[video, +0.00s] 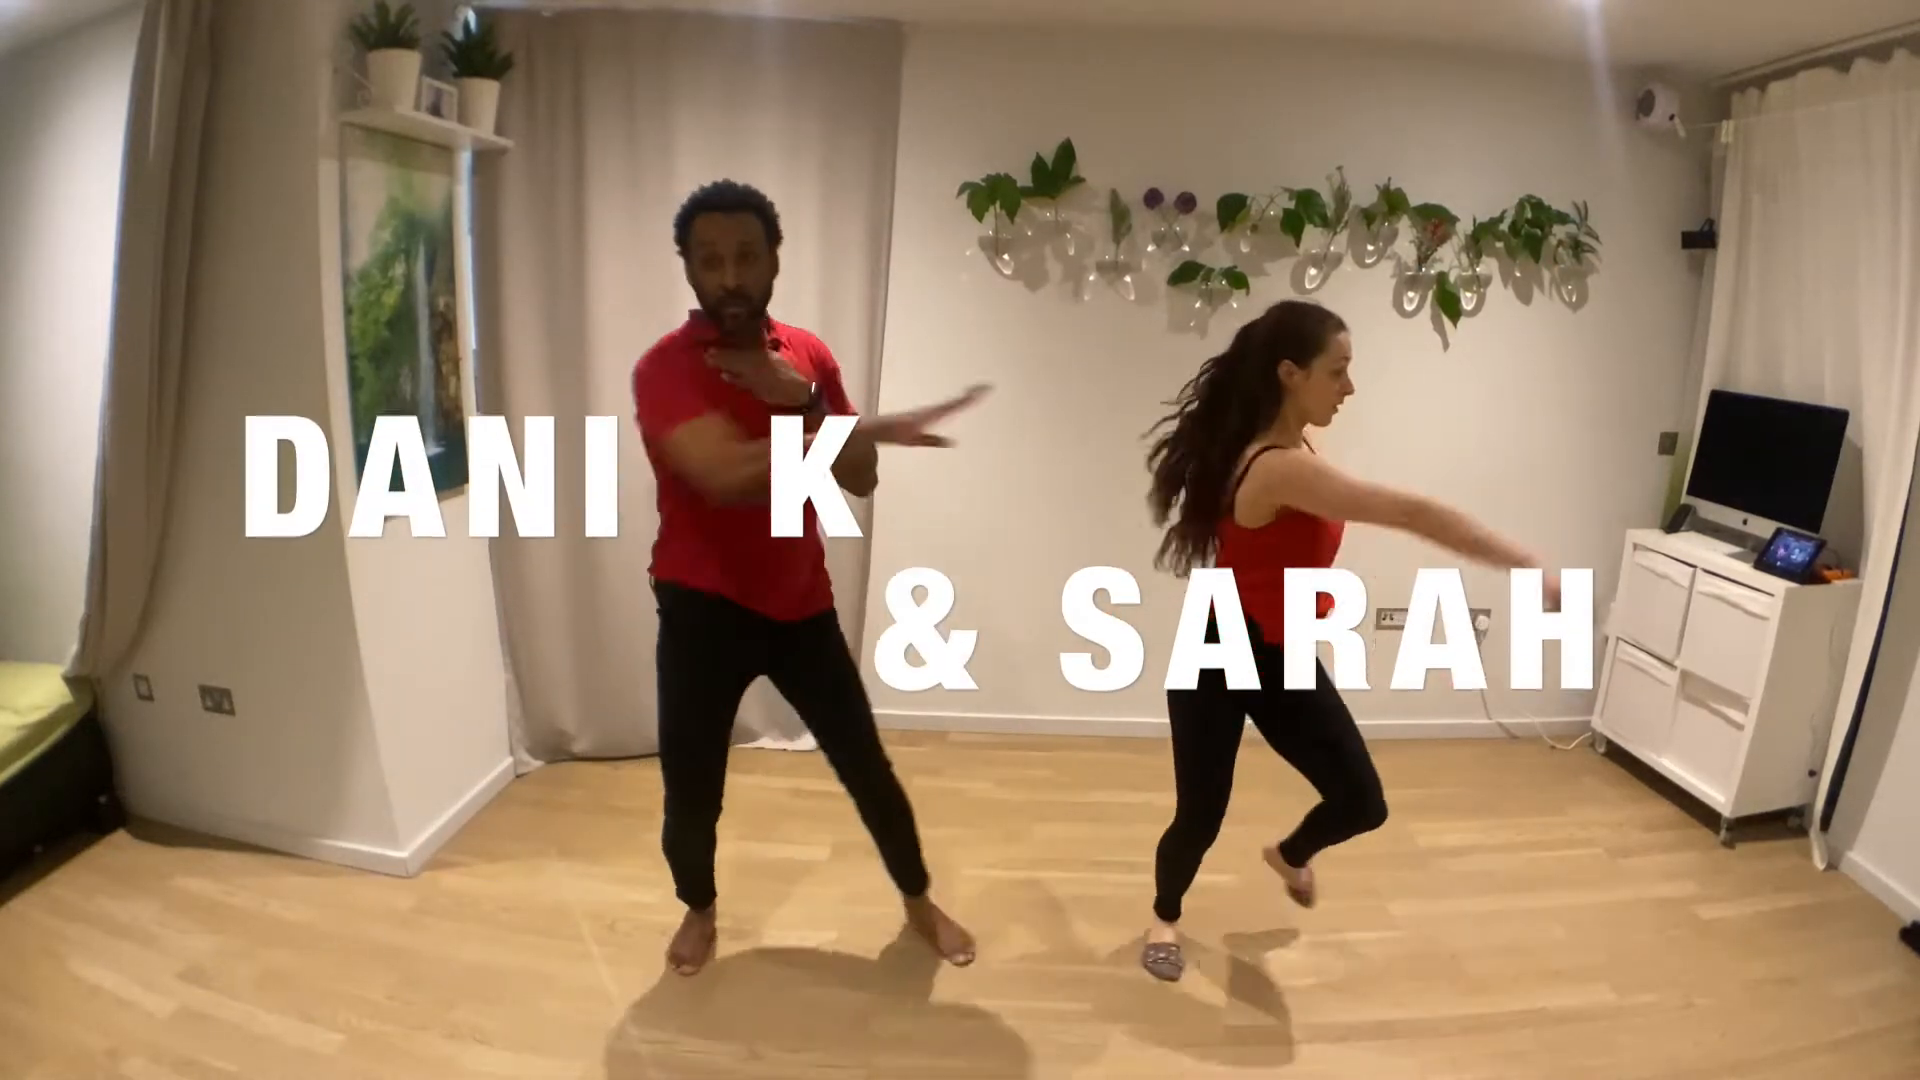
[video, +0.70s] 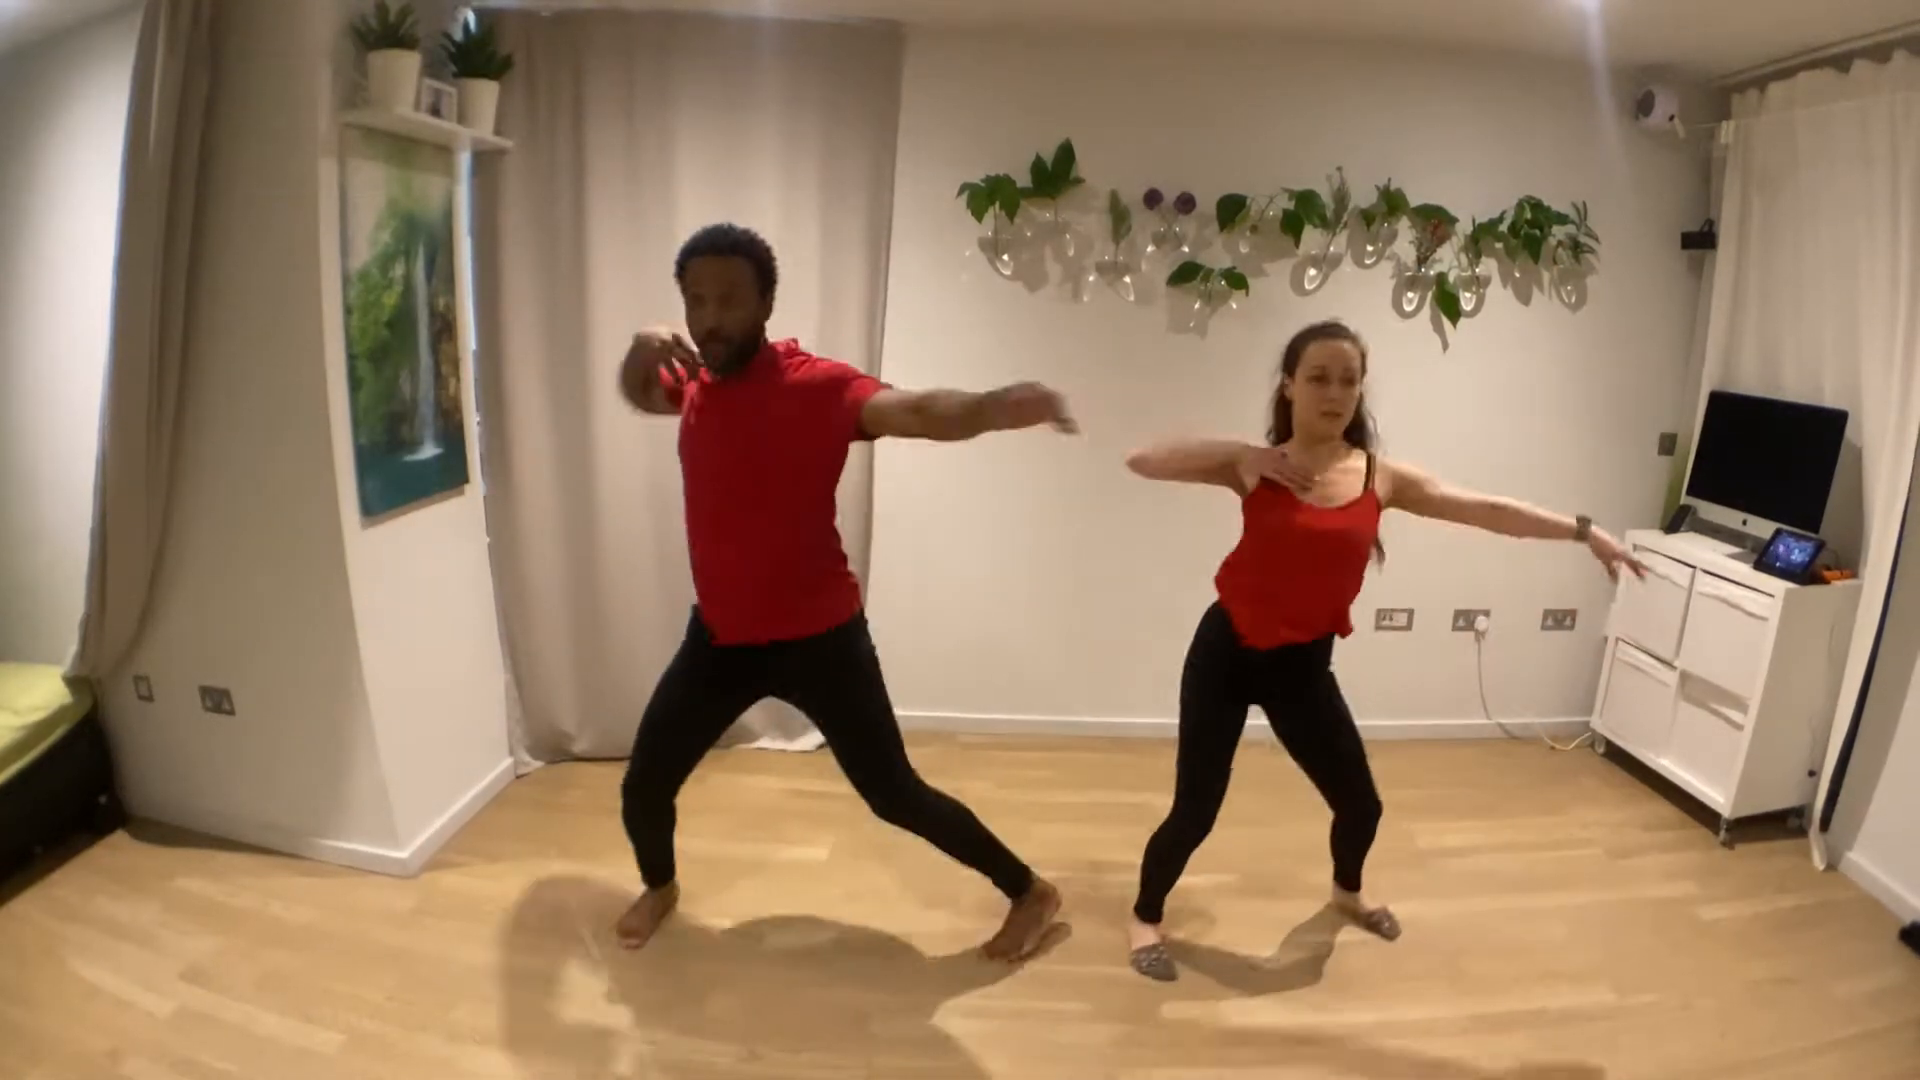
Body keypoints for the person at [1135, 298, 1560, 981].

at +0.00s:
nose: (1348, 387)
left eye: (1348, 371)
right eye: (1338, 371)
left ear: (1293, 375)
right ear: (1289, 375)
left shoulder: (1297, 446)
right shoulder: (1273, 465)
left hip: (1282, 662)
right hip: (1213, 664)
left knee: (1361, 806)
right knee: (1199, 813)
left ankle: (1288, 855)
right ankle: (1163, 921)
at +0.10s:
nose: (1362, 380)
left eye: (1359, 364)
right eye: (1349, 366)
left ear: (1302, 373)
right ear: (1301, 374)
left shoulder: (1276, 448)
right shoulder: (1307, 462)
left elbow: (1185, 461)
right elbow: (1453, 474)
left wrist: (1112, 444)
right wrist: (1571, 484)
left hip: (1304, 657)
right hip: (1247, 655)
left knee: (1360, 798)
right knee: (1219, 812)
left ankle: (1344, 894)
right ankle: (1138, 910)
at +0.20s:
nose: (1359, 391)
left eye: (1361, 376)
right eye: (1342, 378)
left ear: (1356, 380)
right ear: (1296, 390)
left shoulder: (1319, 465)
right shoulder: (1303, 481)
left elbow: (1332, 525)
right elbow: (1440, 486)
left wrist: (1375, 550)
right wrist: (1528, 463)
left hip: (1324, 662)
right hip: (1270, 665)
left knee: (1366, 790)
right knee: (1247, 841)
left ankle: (1341, 891)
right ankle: (1134, 914)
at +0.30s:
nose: (1338, 394)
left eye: (1350, 380)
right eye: (1319, 380)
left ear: (1365, 390)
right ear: (1289, 391)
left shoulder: (1352, 469)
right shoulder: (1280, 470)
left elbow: (1390, 544)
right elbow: (1414, 506)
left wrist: (1421, 567)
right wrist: (1439, 464)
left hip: (1341, 657)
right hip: (1275, 657)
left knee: (1381, 790)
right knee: (1250, 837)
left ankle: (1344, 891)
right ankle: (1138, 914)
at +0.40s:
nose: (1339, 385)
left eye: (1353, 372)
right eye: (1323, 371)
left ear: (1369, 384)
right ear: (1296, 381)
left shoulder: (1378, 470)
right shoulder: (1253, 445)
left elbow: (1463, 531)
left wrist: (1481, 580)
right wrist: (1356, 471)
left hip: (1339, 652)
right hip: (1262, 649)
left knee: (1382, 795)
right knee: (1214, 813)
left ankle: (1355, 883)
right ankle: (1136, 914)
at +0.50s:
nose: (1340, 387)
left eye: (1355, 373)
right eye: (1325, 371)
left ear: (1370, 384)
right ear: (1296, 380)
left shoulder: (1383, 476)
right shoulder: (1261, 451)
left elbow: (1484, 533)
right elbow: (1160, 432)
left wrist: (1574, 591)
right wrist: (1255, 447)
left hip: (1319, 657)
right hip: (1239, 650)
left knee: (1365, 806)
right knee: (1198, 803)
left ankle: (1365, 884)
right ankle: (1141, 918)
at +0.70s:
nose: (1333, 392)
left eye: (1346, 379)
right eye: (1318, 377)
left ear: (1360, 389)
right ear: (1288, 386)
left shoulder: (1381, 479)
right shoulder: (1255, 463)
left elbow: (1489, 511)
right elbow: (1142, 459)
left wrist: (1586, 530)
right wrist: (1235, 458)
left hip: (1301, 665)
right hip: (1225, 652)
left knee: (1360, 807)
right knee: (1195, 811)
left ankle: (1346, 895)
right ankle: (1145, 918)